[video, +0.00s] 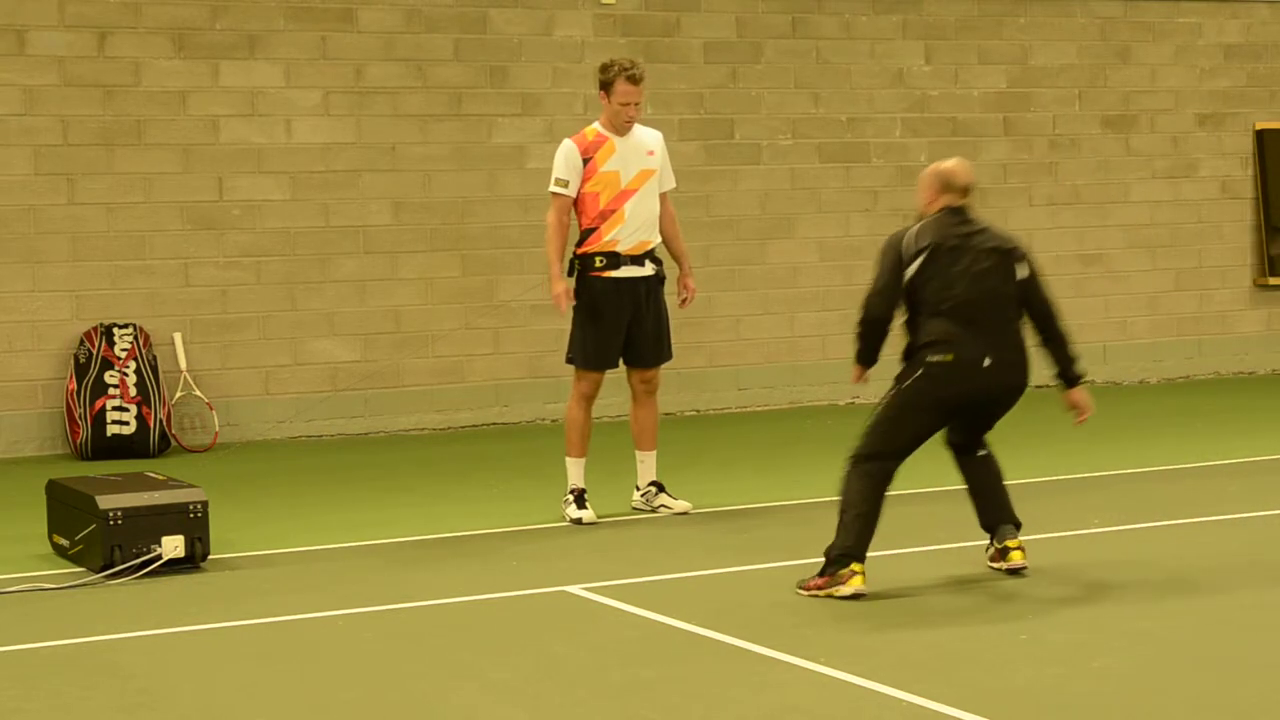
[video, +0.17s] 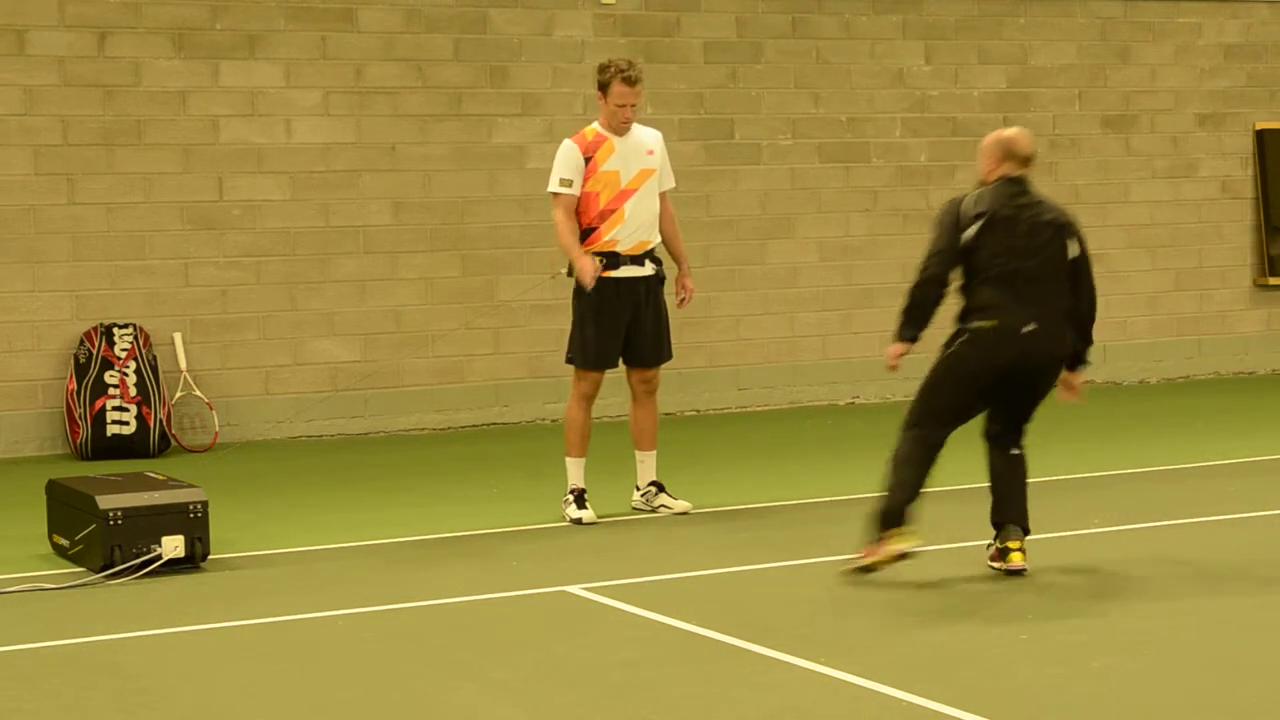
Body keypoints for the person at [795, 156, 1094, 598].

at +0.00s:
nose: (919, 199)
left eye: (922, 192)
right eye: (922, 190)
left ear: (934, 195)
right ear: (964, 196)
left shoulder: (907, 242)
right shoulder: (1005, 245)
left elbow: (878, 307)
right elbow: (1044, 316)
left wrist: (864, 357)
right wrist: (1071, 380)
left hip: (940, 371)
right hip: (1006, 375)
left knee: (871, 459)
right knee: (967, 436)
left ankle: (845, 564)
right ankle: (1007, 538)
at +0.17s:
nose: (979, 166)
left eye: (983, 159)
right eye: (983, 157)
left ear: (994, 163)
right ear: (1026, 165)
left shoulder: (967, 209)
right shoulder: (1059, 220)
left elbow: (935, 273)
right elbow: (1083, 296)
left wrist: (907, 332)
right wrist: (1075, 360)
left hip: (984, 342)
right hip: (1044, 351)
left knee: (924, 426)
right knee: (1006, 433)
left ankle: (891, 527)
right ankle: (1012, 539)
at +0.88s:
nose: (1160, 155)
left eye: (1166, 148)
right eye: (1162, 147)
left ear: (1186, 155)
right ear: (1205, 156)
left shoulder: (1165, 212)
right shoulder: (1253, 201)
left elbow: (1160, 285)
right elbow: (1273, 267)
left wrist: (1160, 338)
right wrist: (1263, 315)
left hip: (1204, 337)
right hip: (1265, 336)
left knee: (1154, 420)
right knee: (1274, 424)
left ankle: (1141, 522)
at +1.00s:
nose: (1166, 151)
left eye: (1172, 144)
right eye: (1169, 143)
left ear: (1192, 149)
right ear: (1213, 151)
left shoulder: (1174, 205)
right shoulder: (1263, 195)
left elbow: (1166, 282)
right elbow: (1274, 263)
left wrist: (1174, 337)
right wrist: (1264, 313)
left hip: (1209, 332)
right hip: (1269, 332)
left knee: (1154, 419)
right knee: (1273, 422)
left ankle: (1140, 522)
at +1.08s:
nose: (1164, 150)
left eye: (1170, 142)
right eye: (1167, 142)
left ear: (1189, 148)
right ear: (1210, 149)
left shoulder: (1172, 204)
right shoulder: (1260, 193)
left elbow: (1163, 279)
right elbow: (1274, 261)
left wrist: (1162, 332)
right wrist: (1262, 309)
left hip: (1206, 331)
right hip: (1266, 331)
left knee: (1147, 418)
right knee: (1274, 424)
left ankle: (1139, 524)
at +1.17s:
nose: (1154, 150)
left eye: (1160, 142)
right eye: (1157, 142)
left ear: (1181, 149)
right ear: (1201, 149)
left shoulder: (1165, 205)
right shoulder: (1248, 196)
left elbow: (1154, 277)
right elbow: (1272, 263)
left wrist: (1140, 327)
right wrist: (1270, 320)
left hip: (1199, 334)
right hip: (1256, 332)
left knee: (1136, 420)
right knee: (1271, 425)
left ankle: (1137, 525)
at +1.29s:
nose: (1126, 144)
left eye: (1133, 136)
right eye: (1129, 136)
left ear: (1154, 143)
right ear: (1171, 145)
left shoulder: (1136, 200)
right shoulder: (1218, 191)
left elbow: (1128, 274)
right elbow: (1249, 264)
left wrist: (1110, 327)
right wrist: (1240, 312)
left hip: (1168, 331)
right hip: (1226, 329)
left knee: (1123, 421)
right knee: (1264, 420)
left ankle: (1136, 526)